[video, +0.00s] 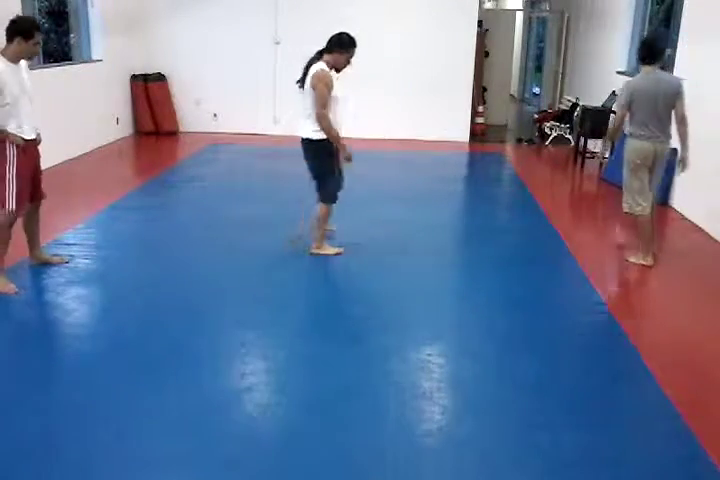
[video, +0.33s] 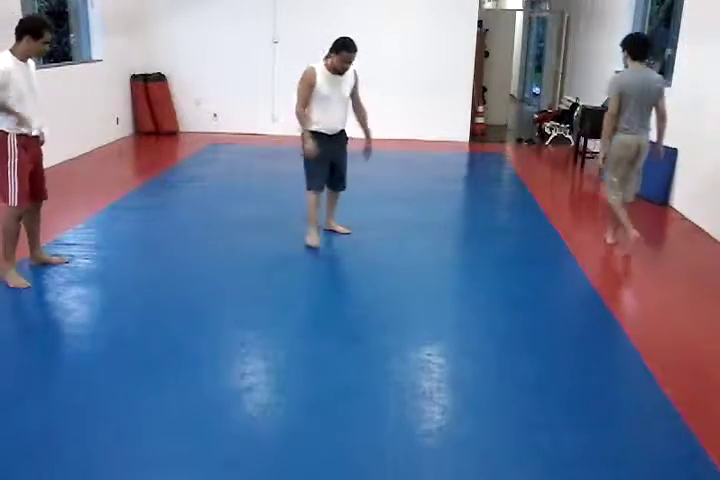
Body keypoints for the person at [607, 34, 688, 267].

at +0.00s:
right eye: (659, 55)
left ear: (639, 56)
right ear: (661, 57)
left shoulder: (632, 85)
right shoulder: (674, 84)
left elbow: (619, 120)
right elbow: (681, 120)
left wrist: (608, 140)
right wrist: (684, 151)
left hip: (637, 146)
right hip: (662, 147)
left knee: (641, 200)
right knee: (649, 197)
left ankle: (645, 253)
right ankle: (649, 247)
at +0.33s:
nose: (623, 55)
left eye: (624, 51)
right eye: (625, 51)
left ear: (627, 53)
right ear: (646, 54)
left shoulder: (619, 80)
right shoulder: (656, 80)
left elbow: (611, 115)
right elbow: (661, 115)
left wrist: (603, 148)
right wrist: (659, 143)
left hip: (621, 137)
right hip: (643, 139)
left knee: (612, 188)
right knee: (626, 188)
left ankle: (630, 230)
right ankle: (611, 232)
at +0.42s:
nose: (616, 55)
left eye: (618, 51)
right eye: (617, 51)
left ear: (624, 52)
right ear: (638, 52)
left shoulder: (619, 78)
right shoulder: (650, 78)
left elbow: (609, 114)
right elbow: (655, 112)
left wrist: (602, 146)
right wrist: (652, 140)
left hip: (619, 136)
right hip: (639, 138)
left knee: (601, 181)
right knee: (623, 185)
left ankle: (618, 222)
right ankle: (614, 227)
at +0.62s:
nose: (601, 57)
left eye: (603, 52)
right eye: (601, 53)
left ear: (614, 52)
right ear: (622, 52)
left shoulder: (610, 75)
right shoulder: (638, 76)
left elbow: (603, 110)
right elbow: (642, 108)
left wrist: (591, 141)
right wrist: (634, 125)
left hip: (609, 132)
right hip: (629, 133)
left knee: (587, 175)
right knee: (619, 183)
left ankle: (578, 220)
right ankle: (612, 230)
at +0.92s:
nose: (580, 58)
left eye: (582, 54)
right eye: (579, 54)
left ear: (593, 53)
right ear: (597, 53)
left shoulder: (590, 75)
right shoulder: (616, 74)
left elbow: (585, 110)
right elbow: (621, 106)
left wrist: (574, 140)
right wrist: (617, 131)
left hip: (589, 129)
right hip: (608, 131)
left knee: (574, 173)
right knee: (599, 175)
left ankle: (571, 217)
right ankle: (607, 214)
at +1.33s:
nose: (566, 55)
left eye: (569, 50)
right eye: (565, 50)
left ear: (581, 51)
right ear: (578, 51)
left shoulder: (586, 73)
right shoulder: (580, 70)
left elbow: (584, 108)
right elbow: (577, 105)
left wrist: (562, 128)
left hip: (586, 125)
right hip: (580, 124)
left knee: (575, 169)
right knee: (573, 168)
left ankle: (573, 217)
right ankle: (571, 213)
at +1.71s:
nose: (572, 57)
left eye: (576, 53)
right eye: (569, 53)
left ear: (586, 51)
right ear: (567, 51)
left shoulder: (596, 72)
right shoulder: (572, 69)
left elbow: (602, 103)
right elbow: (566, 97)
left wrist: (608, 127)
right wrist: (546, 112)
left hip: (591, 123)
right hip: (574, 122)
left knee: (583, 171)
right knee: (571, 170)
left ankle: (579, 217)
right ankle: (571, 211)